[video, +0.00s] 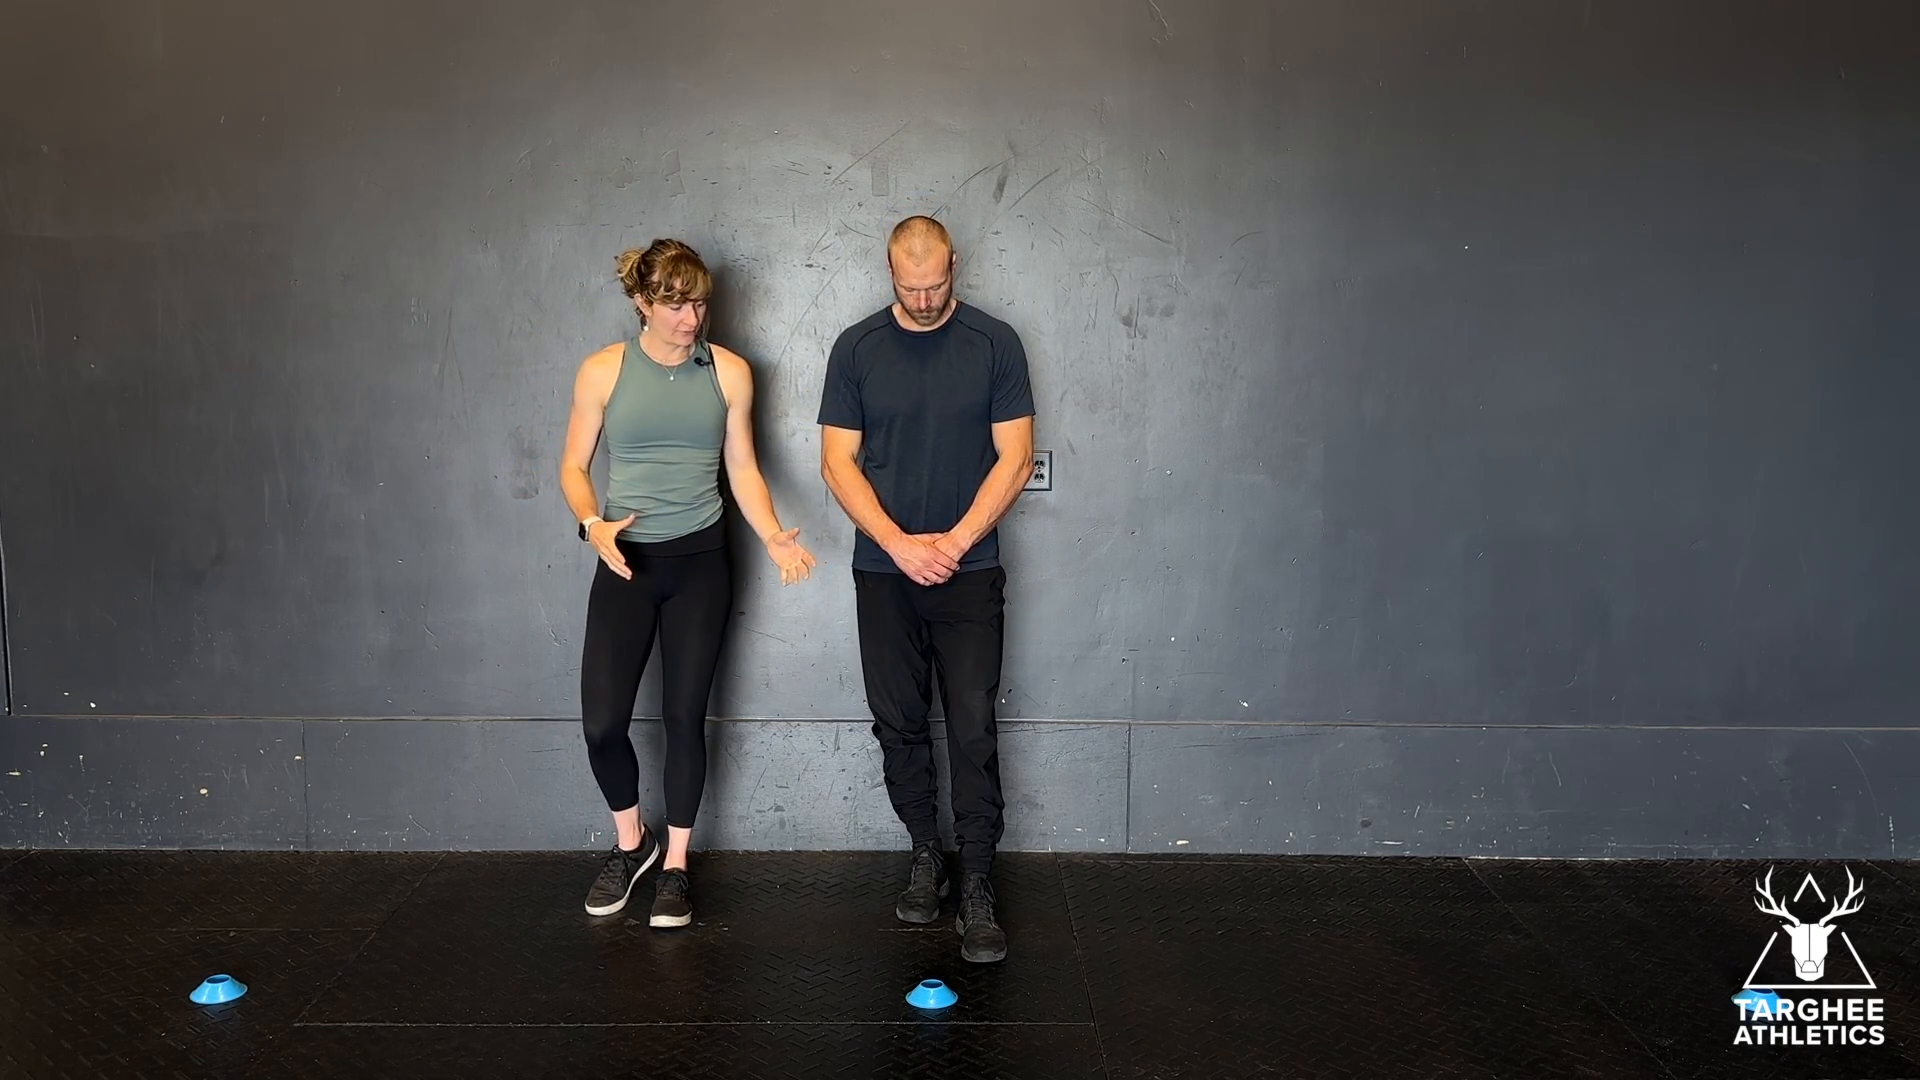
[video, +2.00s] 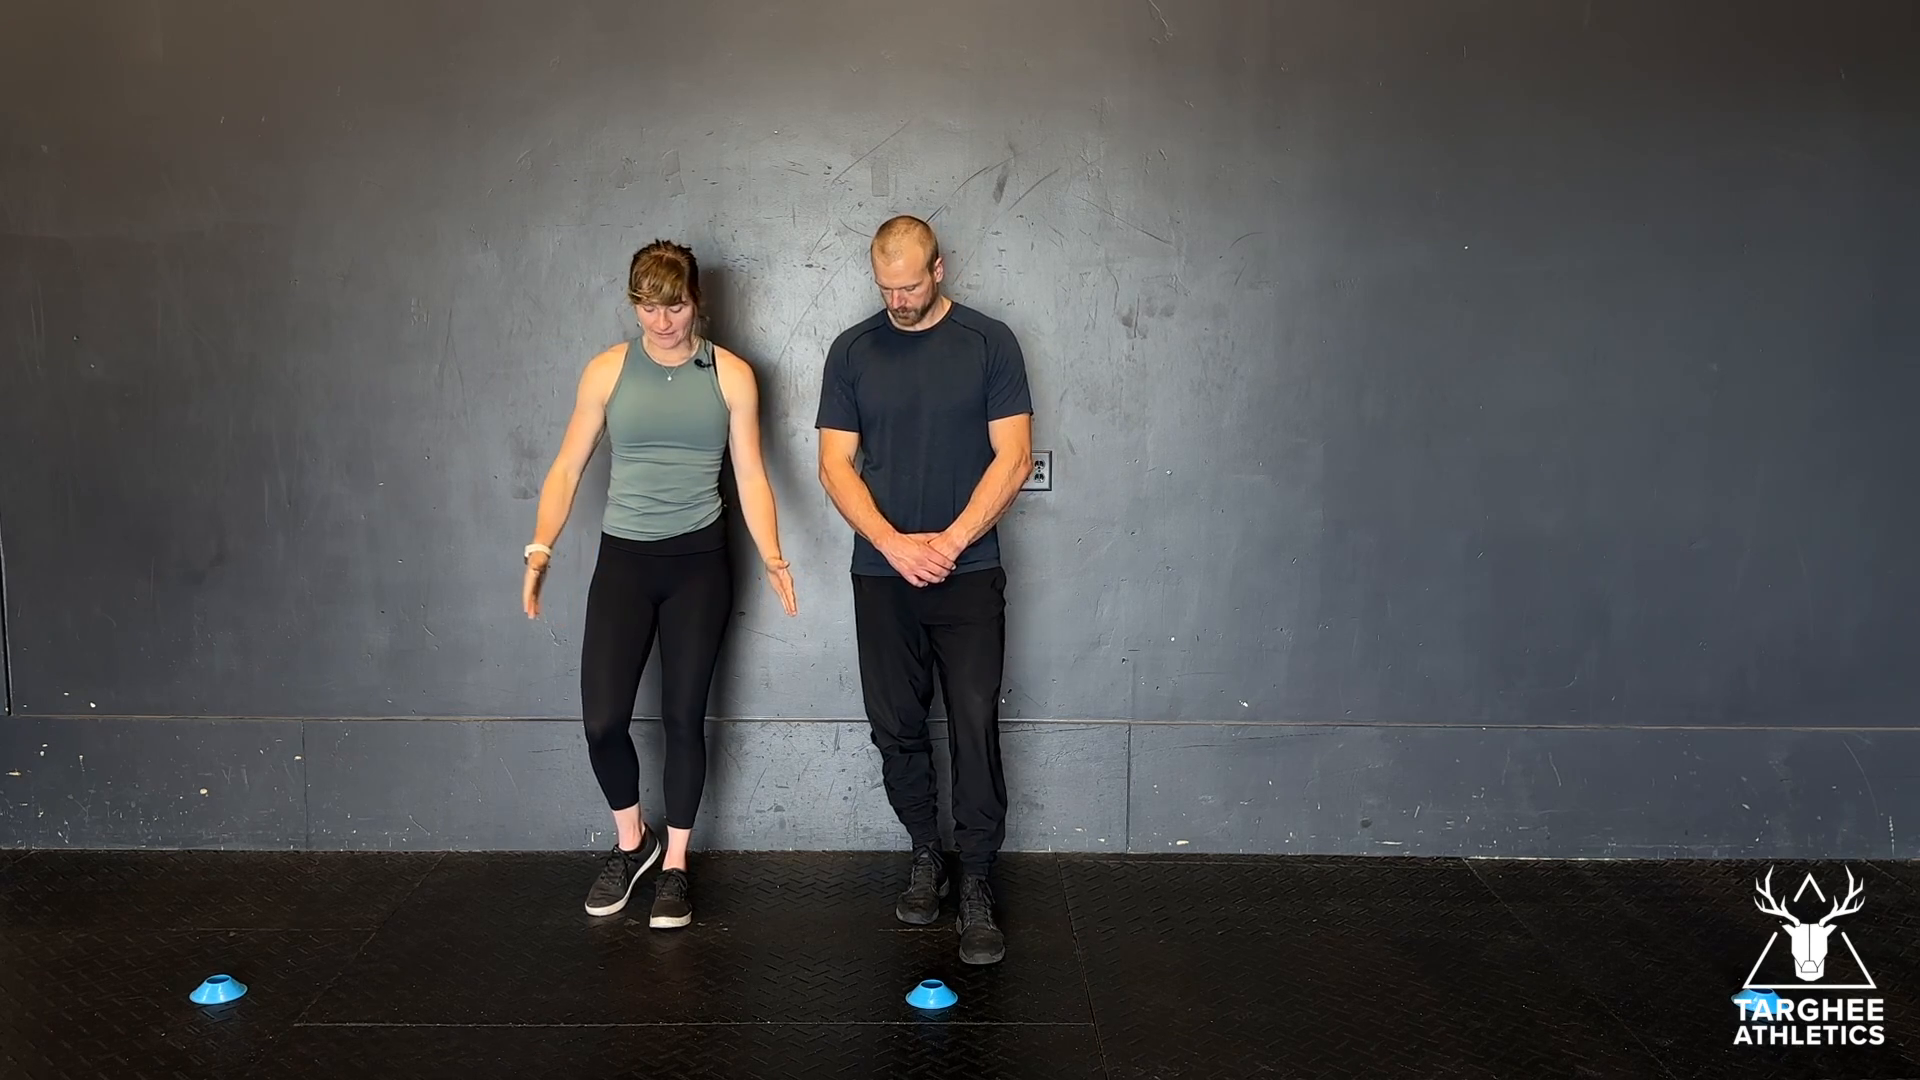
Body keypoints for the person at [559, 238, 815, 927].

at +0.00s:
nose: (691, 316)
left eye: (698, 303)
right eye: (677, 305)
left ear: (705, 300)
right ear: (644, 303)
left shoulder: (728, 371)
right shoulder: (604, 371)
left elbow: (743, 467)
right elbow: (573, 468)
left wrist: (775, 537)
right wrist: (592, 524)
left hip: (701, 560)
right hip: (623, 562)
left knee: (685, 714)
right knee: (602, 722)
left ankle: (675, 866)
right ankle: (633, 843)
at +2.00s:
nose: (664, 321)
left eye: (675, 308)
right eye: (651, 310)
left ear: (694, 303)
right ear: (635, 307)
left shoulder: (730, 375)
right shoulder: (607, 370)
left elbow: (751, 475)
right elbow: (567, 467)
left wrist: (773, 557)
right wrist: (538, 552)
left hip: (700, 561)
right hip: (623, 561)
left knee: (683, 714)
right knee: (602, 721)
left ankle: (675, 865)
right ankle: (631, 842)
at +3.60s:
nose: (690, 311)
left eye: (698, 297)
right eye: (674, 298)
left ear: (708, 300)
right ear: (645, 303)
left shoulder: (735, 378)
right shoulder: (611, 381)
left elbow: (755, 474)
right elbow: (581, 486)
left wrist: (788, 515)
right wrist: (592, 573)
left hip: (718, 568)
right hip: (639, 573)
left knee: (745, 724)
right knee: (639, 724)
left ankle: (780, 882)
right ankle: (636, 872)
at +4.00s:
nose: (747, 313)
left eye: (757, 299)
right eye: (732, 301)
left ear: (771, 302)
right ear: (708, 305)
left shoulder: (803, 380)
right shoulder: (680, 383)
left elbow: (826, 489)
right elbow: (663, 487)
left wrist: (856, 587)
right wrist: (662, 573)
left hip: (791, 570)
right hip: (710, 572)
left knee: (788, 733)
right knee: (675, 739)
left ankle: (795, 889)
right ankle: (660, 861)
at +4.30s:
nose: (773, 311)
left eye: (785, 297)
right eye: (759, 298)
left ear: (800, 300)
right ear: (738, 304)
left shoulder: (833, 381)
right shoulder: (707, 383)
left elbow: (852, 494)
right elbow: (685, 488)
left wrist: (881, 595)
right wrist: (673, 587)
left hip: (815, 574)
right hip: (735, 577)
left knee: (803, 731)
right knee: (735, 730)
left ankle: (796, 889)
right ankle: (764, 853)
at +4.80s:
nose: (751, 311)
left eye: (765, 298)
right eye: (747, 298)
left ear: (805, 302)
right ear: (746, 304)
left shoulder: (847, 388)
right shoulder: (727, 373)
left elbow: (864, 504)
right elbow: (688, 476)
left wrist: (876, 600)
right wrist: (647, 564)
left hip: (805, 574)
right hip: (725, 572)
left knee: (794, 737)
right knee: (676, 724)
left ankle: (793, 891)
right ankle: (671, 886)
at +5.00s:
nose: (735, 308)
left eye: (748, 296)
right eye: (731, 296)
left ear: (790, 299)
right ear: (734, 303)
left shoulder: (833, 388)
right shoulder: (715, 376)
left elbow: (852, 502)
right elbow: (655, 473)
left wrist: (866, 603)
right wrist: (586, 558)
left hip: (786, 574)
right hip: (710, 572)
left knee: (788, 736)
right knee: (639, 716)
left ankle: (794, 892)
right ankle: (580, 872)